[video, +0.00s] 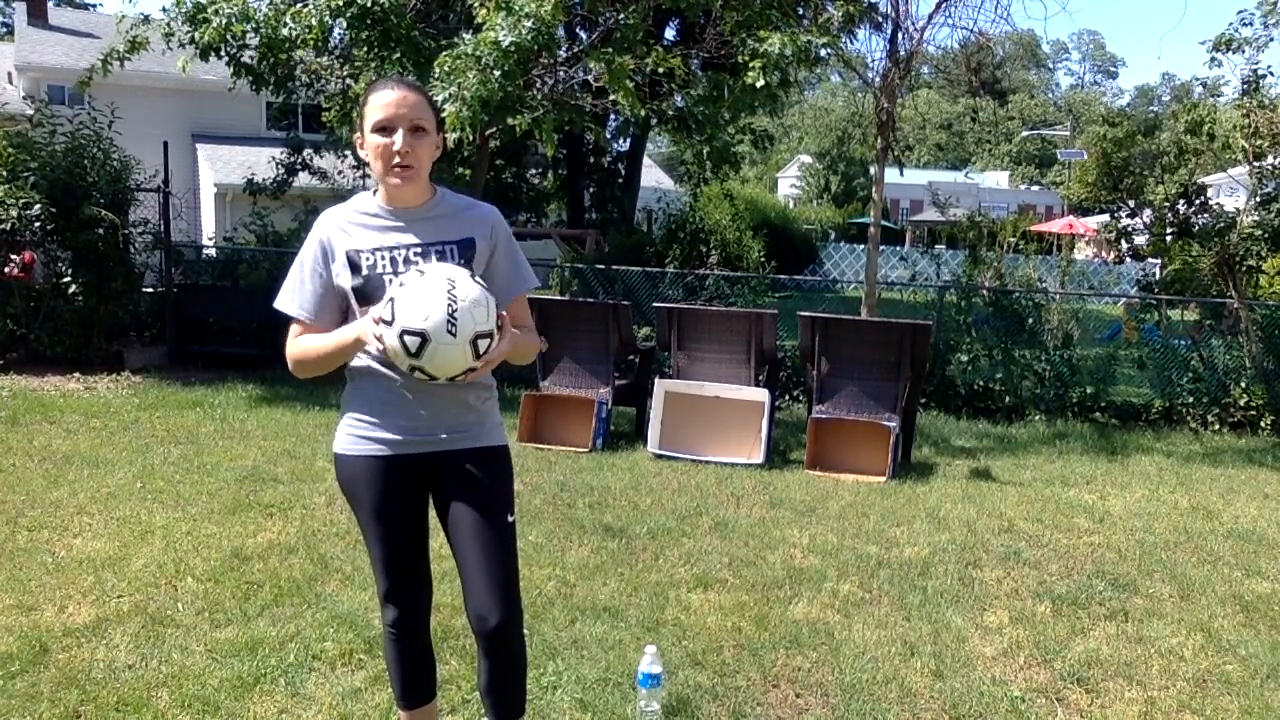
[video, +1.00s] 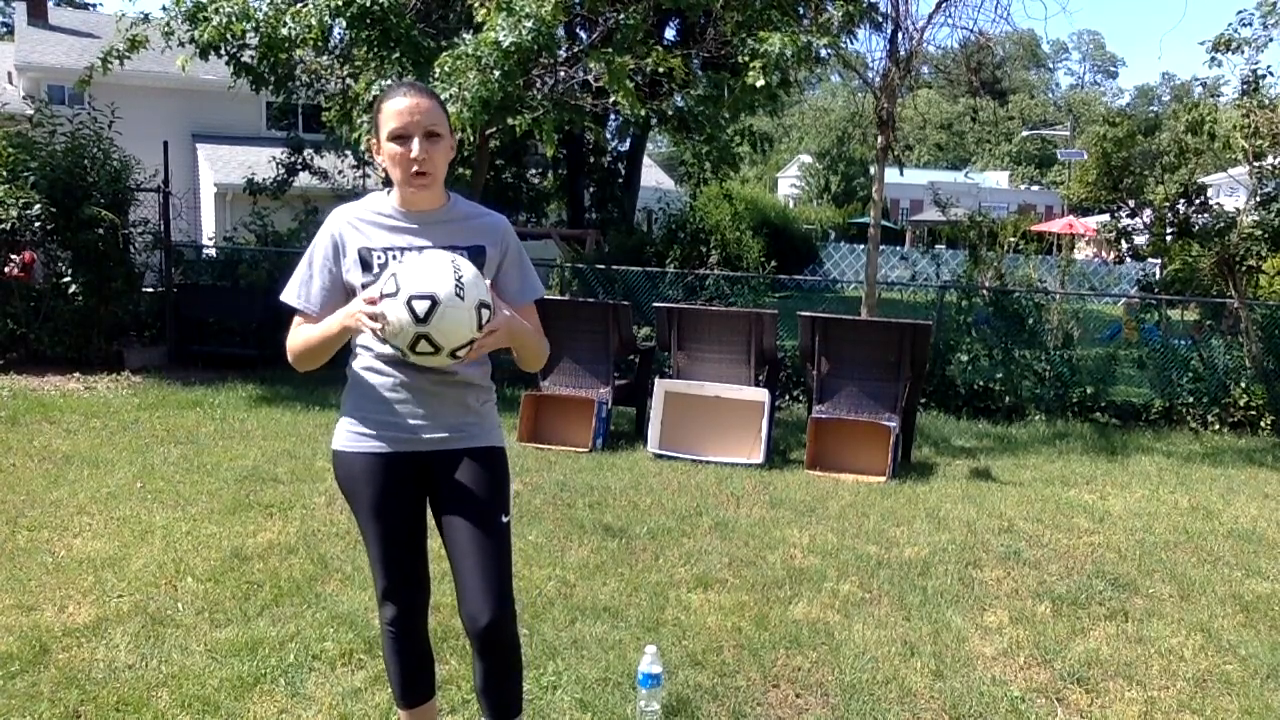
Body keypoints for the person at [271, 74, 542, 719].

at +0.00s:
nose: (401, 144)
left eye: (416, 130)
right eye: (384, 130)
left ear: (438, 142)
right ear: (361, 145)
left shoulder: (482, 223)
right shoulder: (335, 229)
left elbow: (528, 340)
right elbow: (299, 356)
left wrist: (506, 344)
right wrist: (356, 333)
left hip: (472, 439)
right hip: (377, 440)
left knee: (497, 618)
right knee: (402, 610)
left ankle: (506, 718)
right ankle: (419, 715)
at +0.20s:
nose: (398, 144)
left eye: (414, 130)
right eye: (382, 132)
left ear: (440, 144)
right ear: (363, 149)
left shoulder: (485, 227)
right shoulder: (339, 230)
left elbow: (513, 333)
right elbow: (299, 350)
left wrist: (500, 361)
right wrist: (358, 340)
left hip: (471, 441)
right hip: (377, 443)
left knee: (495, 621)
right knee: (402, 610)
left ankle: (505, 718)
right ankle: (419, 714)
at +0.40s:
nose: (406, 142)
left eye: (421, 129)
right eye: (389, 129)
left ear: (442, 144)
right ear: (366, 145)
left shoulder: (486, 225)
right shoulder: (338, 228)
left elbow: (523, 338)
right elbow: (306, 353)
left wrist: (507, 359)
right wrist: (367, 334)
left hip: (472, 440)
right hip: (377, 442)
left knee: (496, 618)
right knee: (403, 609)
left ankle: (506, 718)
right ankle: (419, 715)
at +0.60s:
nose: (411, 147)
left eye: (426, 133)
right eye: (395, 134)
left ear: (447, 145)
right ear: (371, 149)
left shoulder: (489, 228)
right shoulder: (343, 227)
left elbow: (525, 359)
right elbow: (306, 356)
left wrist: (512, 332)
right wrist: (358, 320)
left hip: (471, 438)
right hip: (376, 438)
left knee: (495, 619)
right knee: (401, 607)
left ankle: (505, 719)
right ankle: (418, 715)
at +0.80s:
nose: (416, 149)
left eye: (430, 135)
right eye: (399, 136)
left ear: (450, 146)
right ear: (376, 150)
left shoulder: (490, 229)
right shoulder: (344, 227)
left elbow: (532, 357)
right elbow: (301, 353)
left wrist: (516, 331)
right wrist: (353, 323)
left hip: (469, 438)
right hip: (375, 438)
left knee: (491, 619)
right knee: (401, 608)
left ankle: (504, 719)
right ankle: (420, 717)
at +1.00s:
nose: (417, 150)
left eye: (431, 136)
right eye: (401, 137)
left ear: (452, 146)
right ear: (377, 151)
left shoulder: (490, 230)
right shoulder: (346, 227)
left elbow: (538, 357)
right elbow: (299, 353)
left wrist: (515, 328)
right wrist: (346, 318)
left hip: (469, 437)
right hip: (375, 438)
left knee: (491, 619)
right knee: (400, 608)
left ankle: (503, 718)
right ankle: (420, 716)